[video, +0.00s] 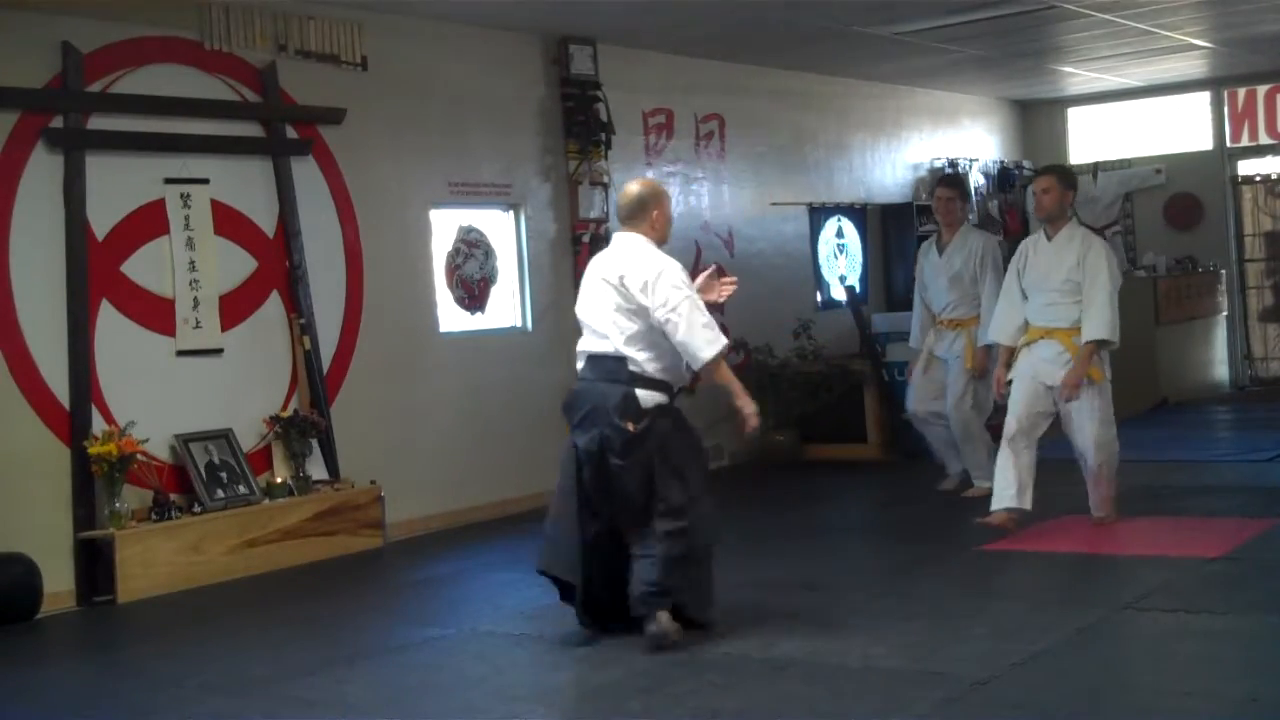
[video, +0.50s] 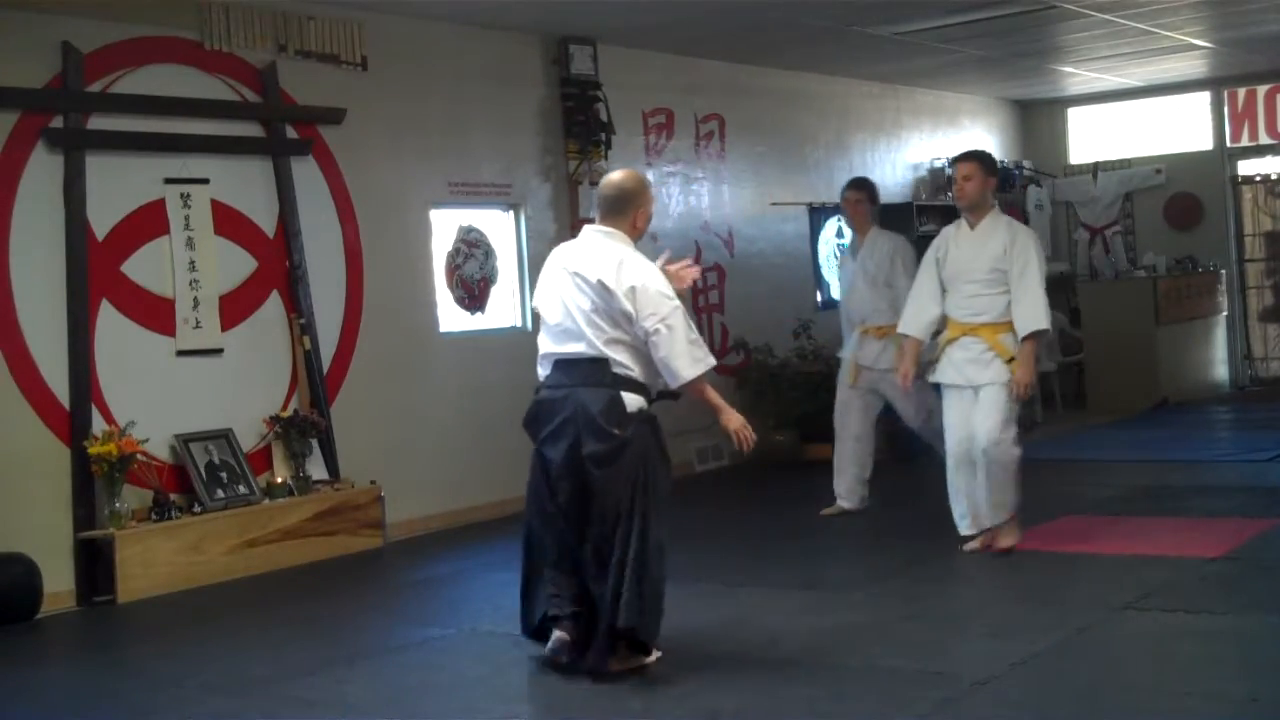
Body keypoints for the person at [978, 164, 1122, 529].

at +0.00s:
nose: (1037, 200)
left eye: (1045, 193)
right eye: (1034, 194)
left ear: (1069, 197)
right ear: (1033, 200)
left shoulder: (1093, 247)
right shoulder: (1027, 249)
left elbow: (1100, 309)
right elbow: (1011, 305)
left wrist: (1080, 365)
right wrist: (1002, 362)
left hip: (1080, 351)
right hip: (1035, 350)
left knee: (1094, 439)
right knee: (1016, 428)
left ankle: (1102, 507)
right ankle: (1008, 508)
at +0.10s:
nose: (1024, 199)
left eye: (1032, 192)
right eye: (1021, 193)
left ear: (1055, 196)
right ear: (1018, 200)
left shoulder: (1080, 245)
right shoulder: (1013, 249)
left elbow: (1088, 308)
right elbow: (997, 308)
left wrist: (1064, 362)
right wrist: (987, 366)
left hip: (1069, 347)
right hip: (1022, 349)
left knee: (1090, 439)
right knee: (1005, 429)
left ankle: (1102, 505)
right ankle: (996, 515)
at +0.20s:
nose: (1004, 194)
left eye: (1013, 187)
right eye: (1002, 188)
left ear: (1036, 192)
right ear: (1001, 195)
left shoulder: (1062, 242)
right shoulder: (993, 247)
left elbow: (1071, 305)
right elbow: (977, 306)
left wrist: (1050, 360)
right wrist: (969, 366)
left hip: (1052, 346)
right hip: (1002, 349)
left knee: (1079, 434)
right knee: (996, 431)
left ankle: (1100, 491)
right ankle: (995, 523)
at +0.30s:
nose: (986, 191)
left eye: (994, 183)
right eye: (984, 185)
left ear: (1019, 188)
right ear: (983, 191)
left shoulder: (1044, 239)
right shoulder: (974, 242)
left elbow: (1052, 302)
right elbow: (955, 300)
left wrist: (1040, 362)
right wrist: (946, 362)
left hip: (1029, 345)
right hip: (982, 347)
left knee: (1049, 441)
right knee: (983, 438)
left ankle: (1084, 485)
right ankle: (992, 526)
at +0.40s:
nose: (970, 188)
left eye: (979, 181)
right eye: (968, 182)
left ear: (1003, 185)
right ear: (966, 188)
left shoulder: (1030, 237)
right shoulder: (959, 240)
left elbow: (1039, 298)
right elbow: (939, 297)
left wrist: (1034, 357)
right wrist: (927, 357)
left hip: (1013, 347)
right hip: (968, 347)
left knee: (1016, 440)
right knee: (972, 440)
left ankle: (1047, 492)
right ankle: (987, 528)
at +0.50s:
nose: (958, 187)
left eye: (967, 179)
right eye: (955, 181)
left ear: (991, 183)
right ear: (954, 187)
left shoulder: (1017, 236)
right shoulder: (945, 240)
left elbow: (1029, 296)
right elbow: (925, 294)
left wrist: (1028, 355)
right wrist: (910, 350)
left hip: (1000, 346)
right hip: (956, 347)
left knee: (990, 436)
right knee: (958, 442)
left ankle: (1004, 518)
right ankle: (976, 526)